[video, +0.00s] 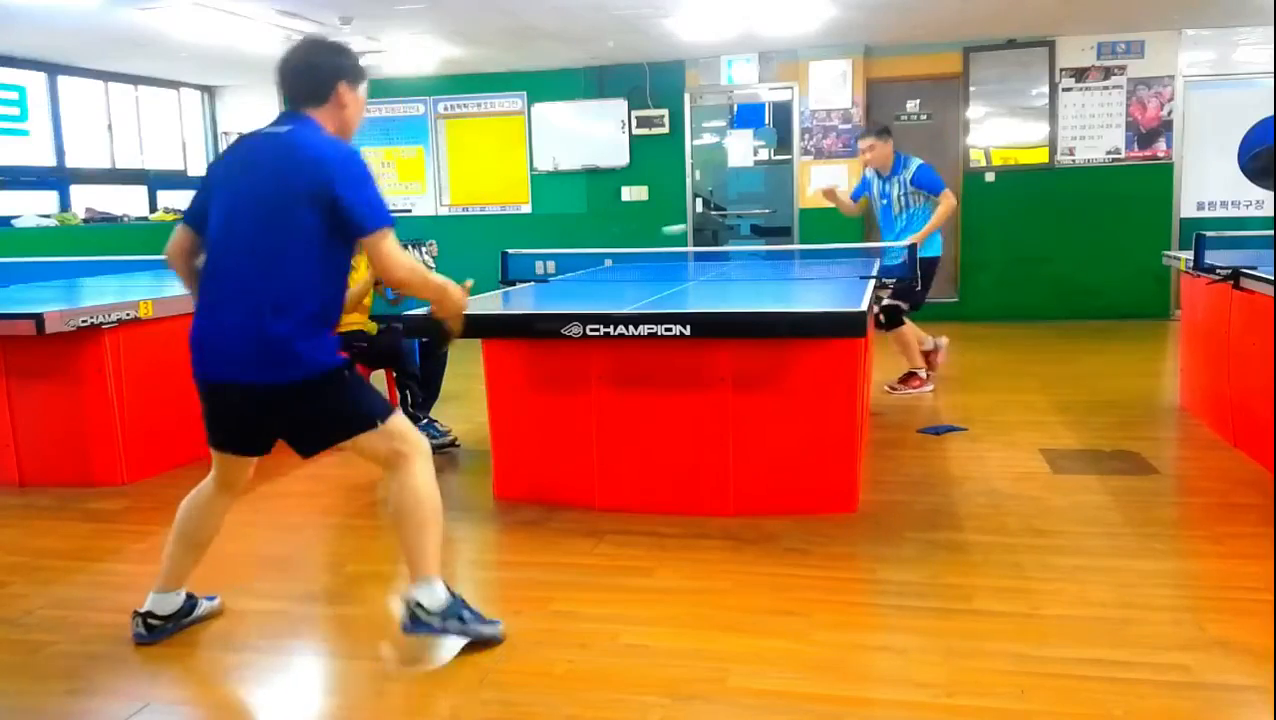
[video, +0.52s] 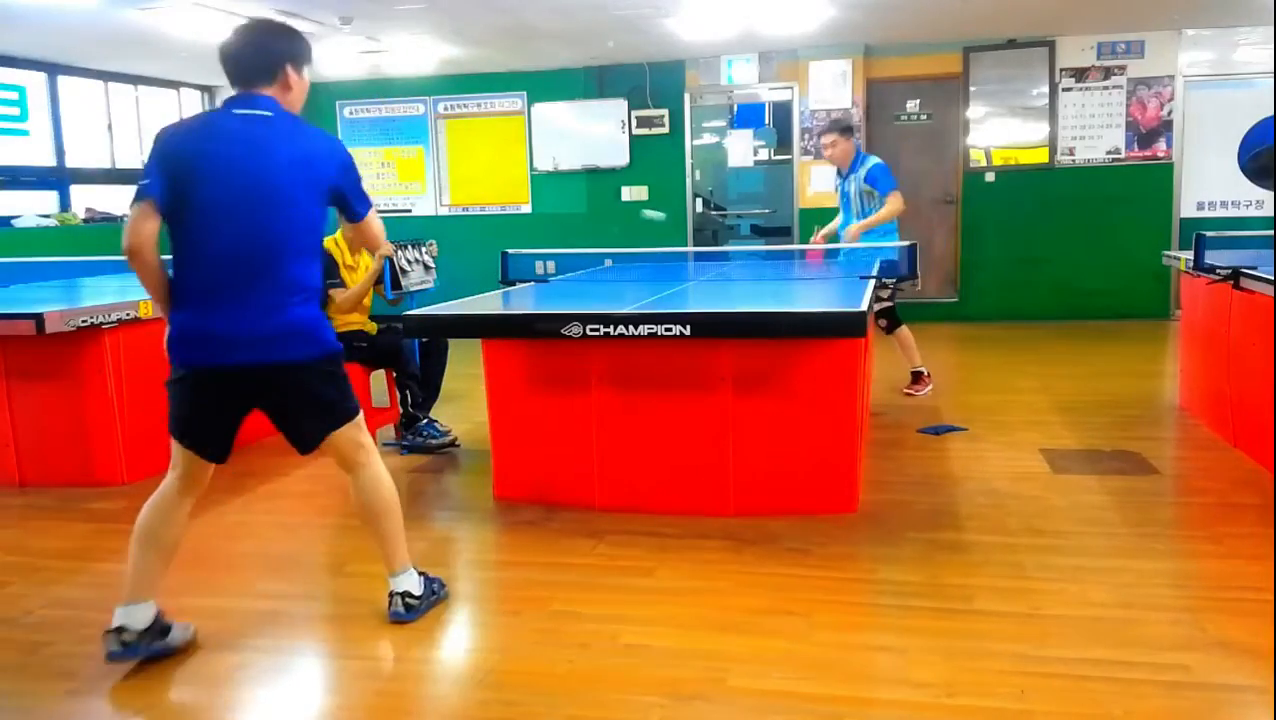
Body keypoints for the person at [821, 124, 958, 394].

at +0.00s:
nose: (865, 157)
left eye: (869, 150)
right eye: (861, 152)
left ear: (888, 145)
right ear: (861, 153)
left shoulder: (915, 169)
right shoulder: (871, 175)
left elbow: (949, 202)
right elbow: (853, 207)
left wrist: (923, 234)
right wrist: (835, 198)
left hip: (919, 253)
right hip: (891, 252)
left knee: (890, 309)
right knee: (878, 311)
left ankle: (918, 373)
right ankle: (929, 345)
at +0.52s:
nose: (827, 153)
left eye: (832, 146)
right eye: (824, 148)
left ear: (850, 142)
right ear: (825, 149)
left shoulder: (873, 167)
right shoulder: (841, 175)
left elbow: (896, 204)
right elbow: (847, 213)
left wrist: (860, 227)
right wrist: (827, 231)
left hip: (880, 259)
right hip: (851, 259)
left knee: (885, 315)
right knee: (847, 318)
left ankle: (919, 372)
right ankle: (846, 382)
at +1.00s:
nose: (837, 152)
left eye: (842, 145)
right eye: (832, 146)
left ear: (856, 140)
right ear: (827, 147)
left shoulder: (873, 154)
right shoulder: (826, 167)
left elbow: (898, 164)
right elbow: (822, 191)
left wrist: (916, 185)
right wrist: (834, 198)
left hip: (886, 246)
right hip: (849, 250)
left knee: (902, 305)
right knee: (850, 312)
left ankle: (918, 370)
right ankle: (849, 378)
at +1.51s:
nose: (797, 158)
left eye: (802, 151)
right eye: (792, 152)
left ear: (818, 148)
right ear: (789, 154)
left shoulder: (839, 171)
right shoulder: (794, 181)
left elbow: (864, 200)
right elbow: (795, 213)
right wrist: (789, 233)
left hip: (846, 257)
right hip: (813, 258)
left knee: (864, 309)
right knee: (814, 311)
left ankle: (885, 360)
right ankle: (818, 365)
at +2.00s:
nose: (823, 156)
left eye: (828, 149)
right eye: (818, 151)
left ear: (838, 147)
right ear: (811, 151)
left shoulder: (854, 163)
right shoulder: (806, 176)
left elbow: (880, 191)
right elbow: (811, 215)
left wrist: (863, 193)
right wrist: (829, 221)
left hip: (857, 250)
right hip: (820, 253)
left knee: (873, 302)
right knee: (822, 307)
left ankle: (886, 359)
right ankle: (824, 365)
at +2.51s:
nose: (847, 159)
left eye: (852, 152)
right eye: (842, 153)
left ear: (867, 150)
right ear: (838, 155)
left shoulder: (885, 173)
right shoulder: (839, 180)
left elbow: (919, 202)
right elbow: (827, 209)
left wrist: (892, 216)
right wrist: (812, 234)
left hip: (888, 253)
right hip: (853, 254)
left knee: (900, 305)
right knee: (849, 306)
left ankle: (921, 354)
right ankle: (848, 360)